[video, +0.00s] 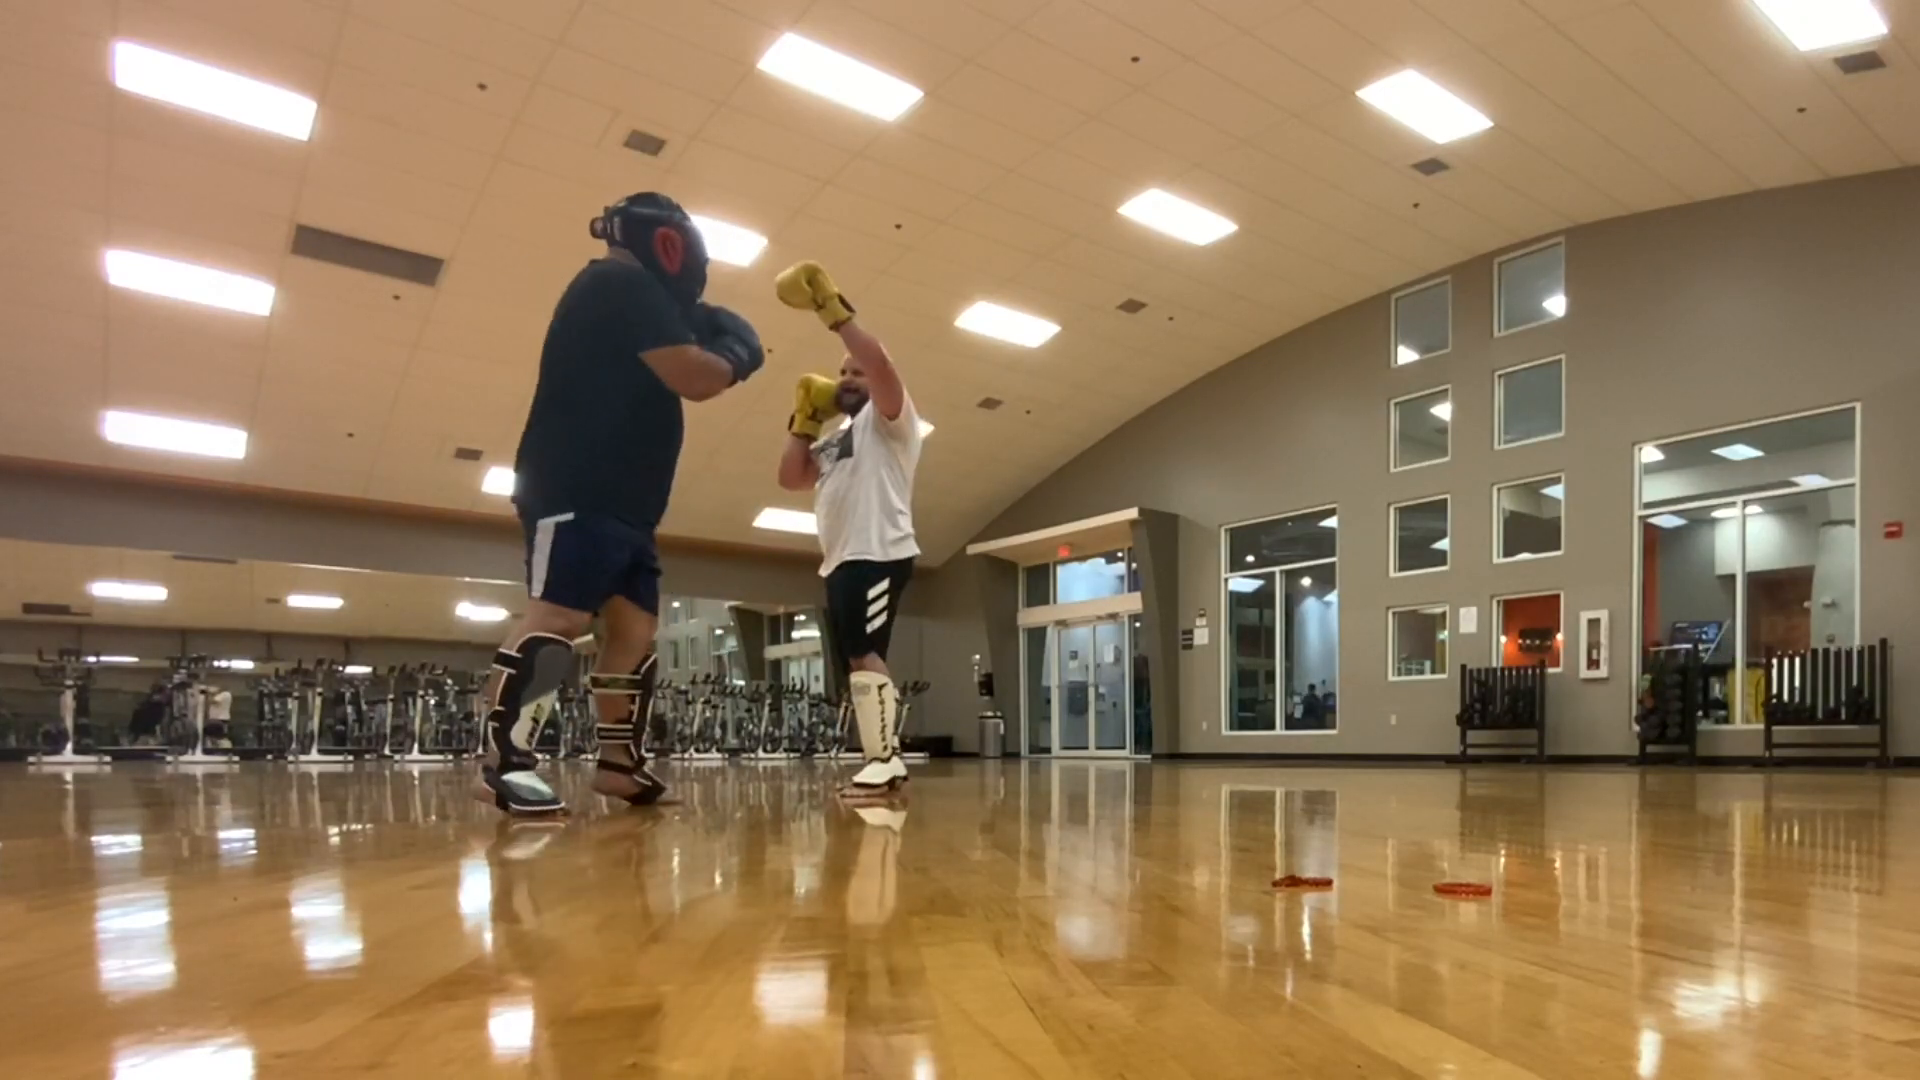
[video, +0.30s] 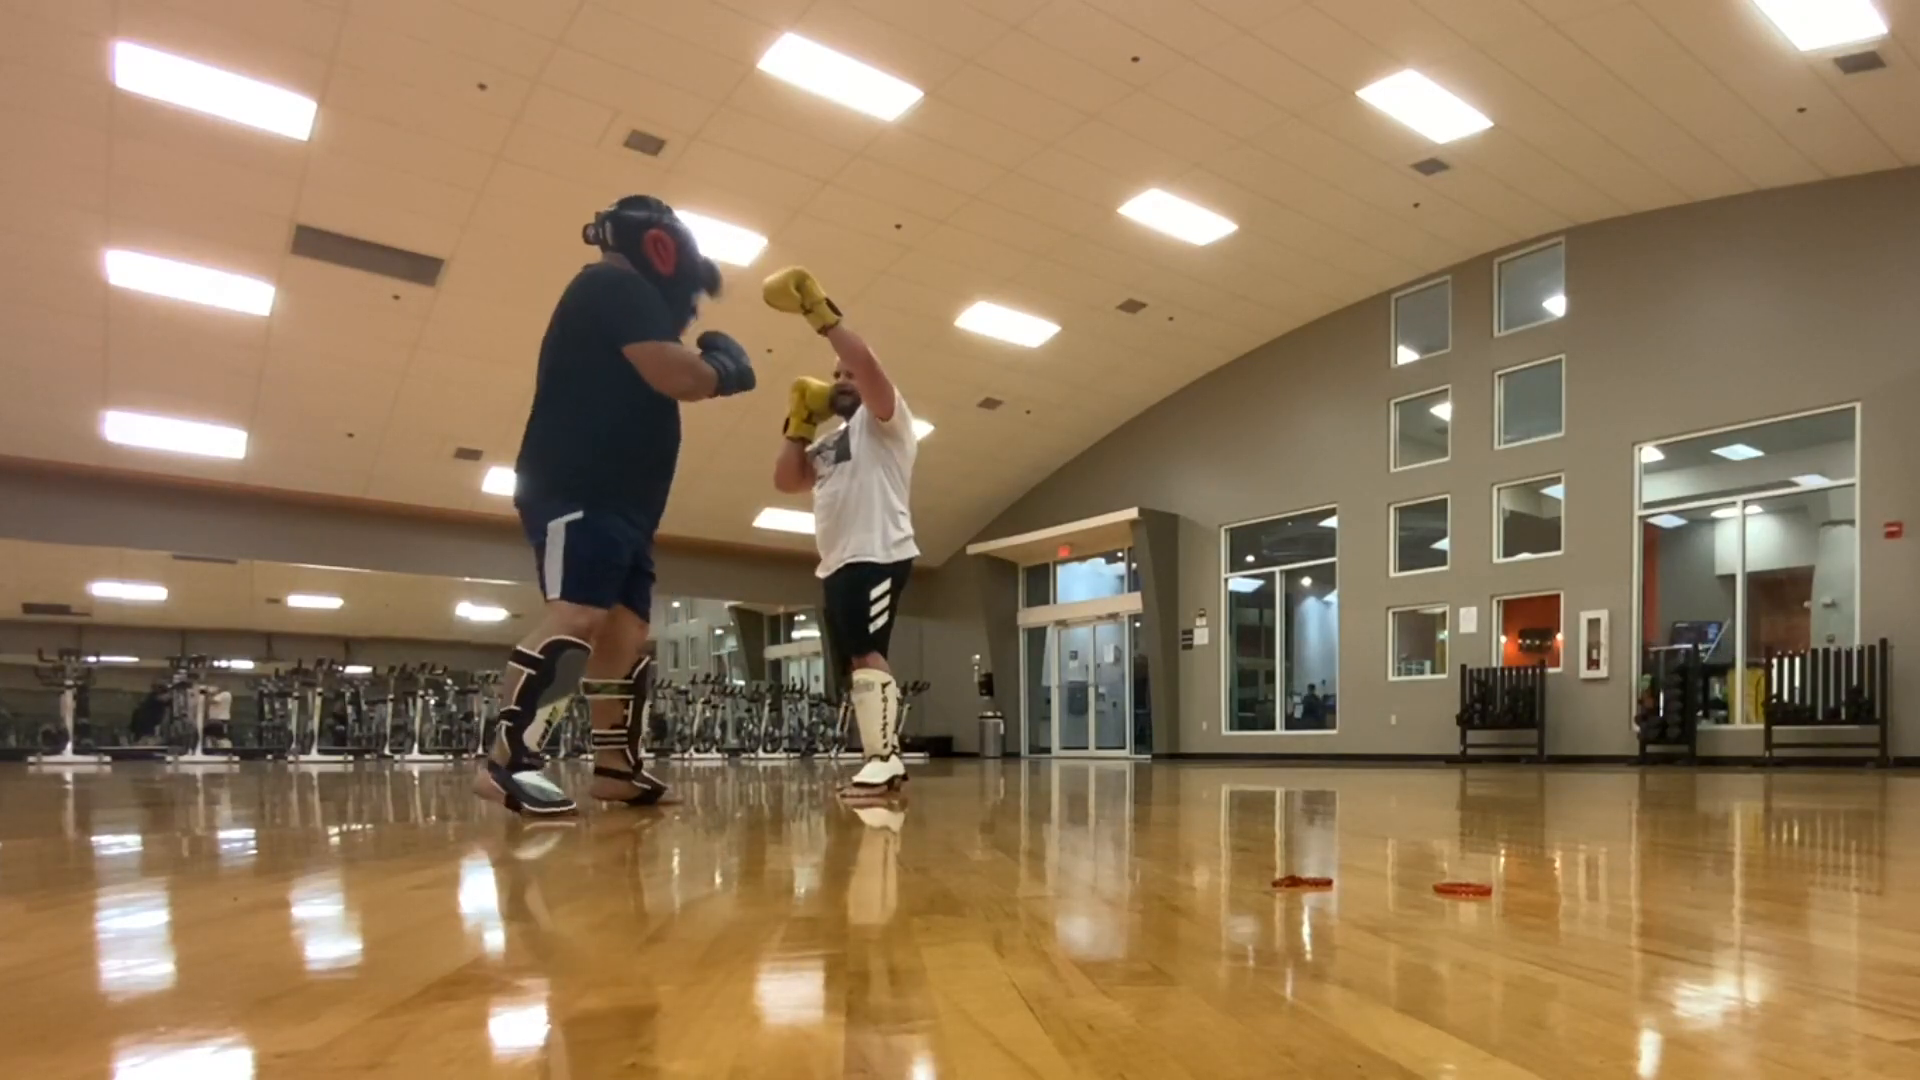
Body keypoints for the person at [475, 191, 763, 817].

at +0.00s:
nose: (698, 266)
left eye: (696, 252)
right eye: (691, 250)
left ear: (643, 243)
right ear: (666, 242)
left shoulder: (643, 294)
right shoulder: (623, 281)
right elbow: (688, 374)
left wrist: (703, 328)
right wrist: (738, 355)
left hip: (624, 496)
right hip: (576, 484)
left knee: (633, 623)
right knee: (559, 614)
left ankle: (619, 759)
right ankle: (504, 754)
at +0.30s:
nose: (689, 270)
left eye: (688, 256)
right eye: (682, 254)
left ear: (644, 249)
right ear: (657, 245)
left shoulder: (639, 304)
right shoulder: (616, 285)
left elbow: (652, 379)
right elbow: (668, 373)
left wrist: (710, 366)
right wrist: (723, 371)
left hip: (624, 497)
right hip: (579, 484)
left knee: (626, 626)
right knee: (578, 612)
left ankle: (616, 764)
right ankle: (508, 752)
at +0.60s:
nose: (664, 249)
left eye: (661, 236)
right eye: (657, 235)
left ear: (610, 233)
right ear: (636, 234)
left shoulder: (616, 298)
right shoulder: (593, 275)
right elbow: (647, 364)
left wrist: (677, 349)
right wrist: (699, 362)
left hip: (599, 489)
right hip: (548, 476)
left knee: (633, 618)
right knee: (559, 606)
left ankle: (587, 758)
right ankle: (498, 756)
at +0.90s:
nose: (653, 257)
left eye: (654, 247)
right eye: (646, 243)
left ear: (606, 240)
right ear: (615, 235)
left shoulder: (620, 303)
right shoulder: (553, 271)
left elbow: (676, 273)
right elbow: (577, 341)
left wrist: (719, 240)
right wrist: (655, 352)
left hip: (584, 492)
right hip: (521, 472)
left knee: (601, 623)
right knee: (513, 601)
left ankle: (575, 764)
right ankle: (457, 752)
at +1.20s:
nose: (562, 244)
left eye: (561, 230)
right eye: (555, 227)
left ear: (510, 225)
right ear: (524, 220)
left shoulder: (510, 300)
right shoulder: (469, 277)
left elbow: (504, 409)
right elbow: (518, 368)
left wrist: (590, 430)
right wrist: (595, 371)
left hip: (523, 507)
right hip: (462, 494)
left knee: (572, 631)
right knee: (444, 626)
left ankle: (573, 776)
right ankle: (306, 762)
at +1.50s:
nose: (442, 120)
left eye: (439, 106)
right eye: (431, 100)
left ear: (387, 98)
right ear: (394, 88)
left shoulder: (384, 165)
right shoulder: (333, 132)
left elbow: (391, 241)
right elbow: (376, 229)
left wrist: (461, 233)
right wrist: (467, 247)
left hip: (362, 399)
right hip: (311, 384)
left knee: (343, 578)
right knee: (322, 554)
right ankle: (236, 743)